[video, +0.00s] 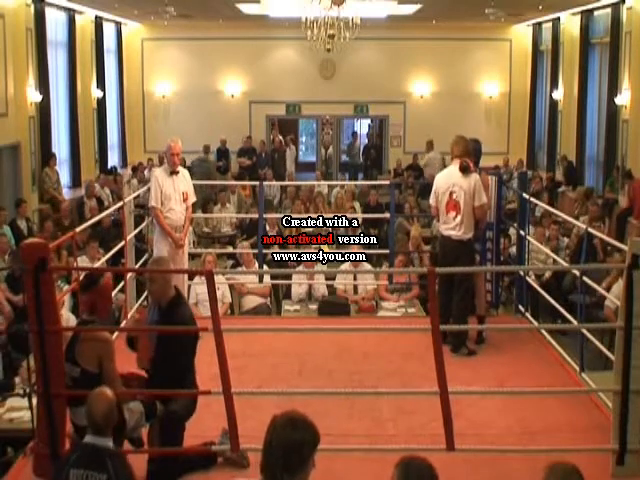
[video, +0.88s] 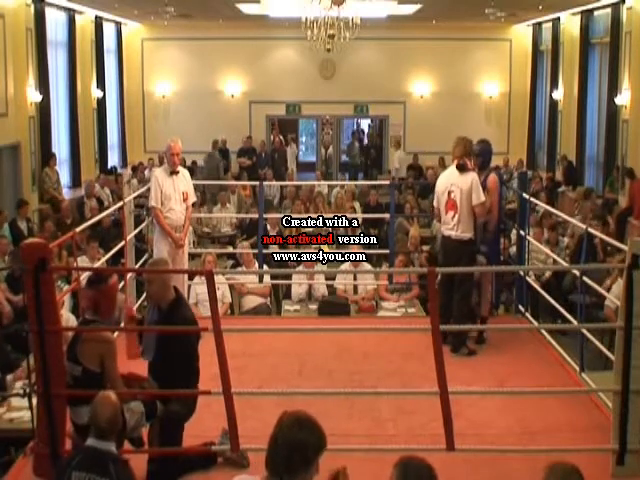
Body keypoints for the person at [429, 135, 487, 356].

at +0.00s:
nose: (463, 157)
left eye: (455, 152)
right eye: (467, 153)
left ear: (451, 154)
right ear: (470, 154)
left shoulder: (440, 176)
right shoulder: (474, 178)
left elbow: (434, 208)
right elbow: (480, 210)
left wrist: (446, 220)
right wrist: (477, 228)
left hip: (444, 238)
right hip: (464, 240)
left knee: (445, 286)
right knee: (462, 289)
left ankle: (443, 328)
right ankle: (459, 339)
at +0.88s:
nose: (472, 159)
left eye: (470, 155)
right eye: (472, 155)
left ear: (453, 155)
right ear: (470, 156)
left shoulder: (442, 177)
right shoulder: (471, 178)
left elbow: (437, 209)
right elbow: (480, 209)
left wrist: (446, 221)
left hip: (445, 237)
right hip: (464, 239)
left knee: (446, 285)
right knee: (463, 288)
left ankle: (444, 328)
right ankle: (459, 338)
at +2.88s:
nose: (468, 157)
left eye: (460, 153)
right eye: (471, 153)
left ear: (455, 154)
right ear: (472, 154)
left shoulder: (447, 178)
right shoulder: (479, 178)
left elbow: (441, 211)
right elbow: (488, 207)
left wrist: (452, 223)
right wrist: (485, 225)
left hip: (453, 237)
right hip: (472, 238)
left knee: (450, 283)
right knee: (469, 286)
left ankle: (449, 327)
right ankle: (465, 337)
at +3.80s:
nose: (462, 156)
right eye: (463, 152)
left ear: (446, 154)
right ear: (463, 152)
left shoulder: (440, 180)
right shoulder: (472, 178)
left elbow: (436, 213)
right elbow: (481, 210)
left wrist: (449, 220)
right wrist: (492, 192)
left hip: (449, 235)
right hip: (469, 236)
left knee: (449, 283)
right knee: (467, 285)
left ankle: (448, 328)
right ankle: (464, 337)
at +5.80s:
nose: (472, 156)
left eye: (468, 152)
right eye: (472, 152)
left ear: (454, 152)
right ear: (472, 153)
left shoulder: (444, 176)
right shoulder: (474, 177)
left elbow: (439, 206)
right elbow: (484, 208)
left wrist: (445, 226)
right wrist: (485, 181)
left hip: (449, 235)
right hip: (468, 236)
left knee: (449, 282)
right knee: (467, 285)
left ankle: (448, 327)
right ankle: (465, 335)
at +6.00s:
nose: (473, 158)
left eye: (471, 155)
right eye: (473, 155)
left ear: (455, 153)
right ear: (470, 154)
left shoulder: (444, 176)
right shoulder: (474, 178)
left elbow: (439, 206)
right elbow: (484, 209)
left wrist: (445, 227)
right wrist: (487, 184)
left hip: (449, 235)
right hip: (468, 237)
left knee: (449, 282)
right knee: (467, 285)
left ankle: (448, 327)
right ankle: (465, 336)